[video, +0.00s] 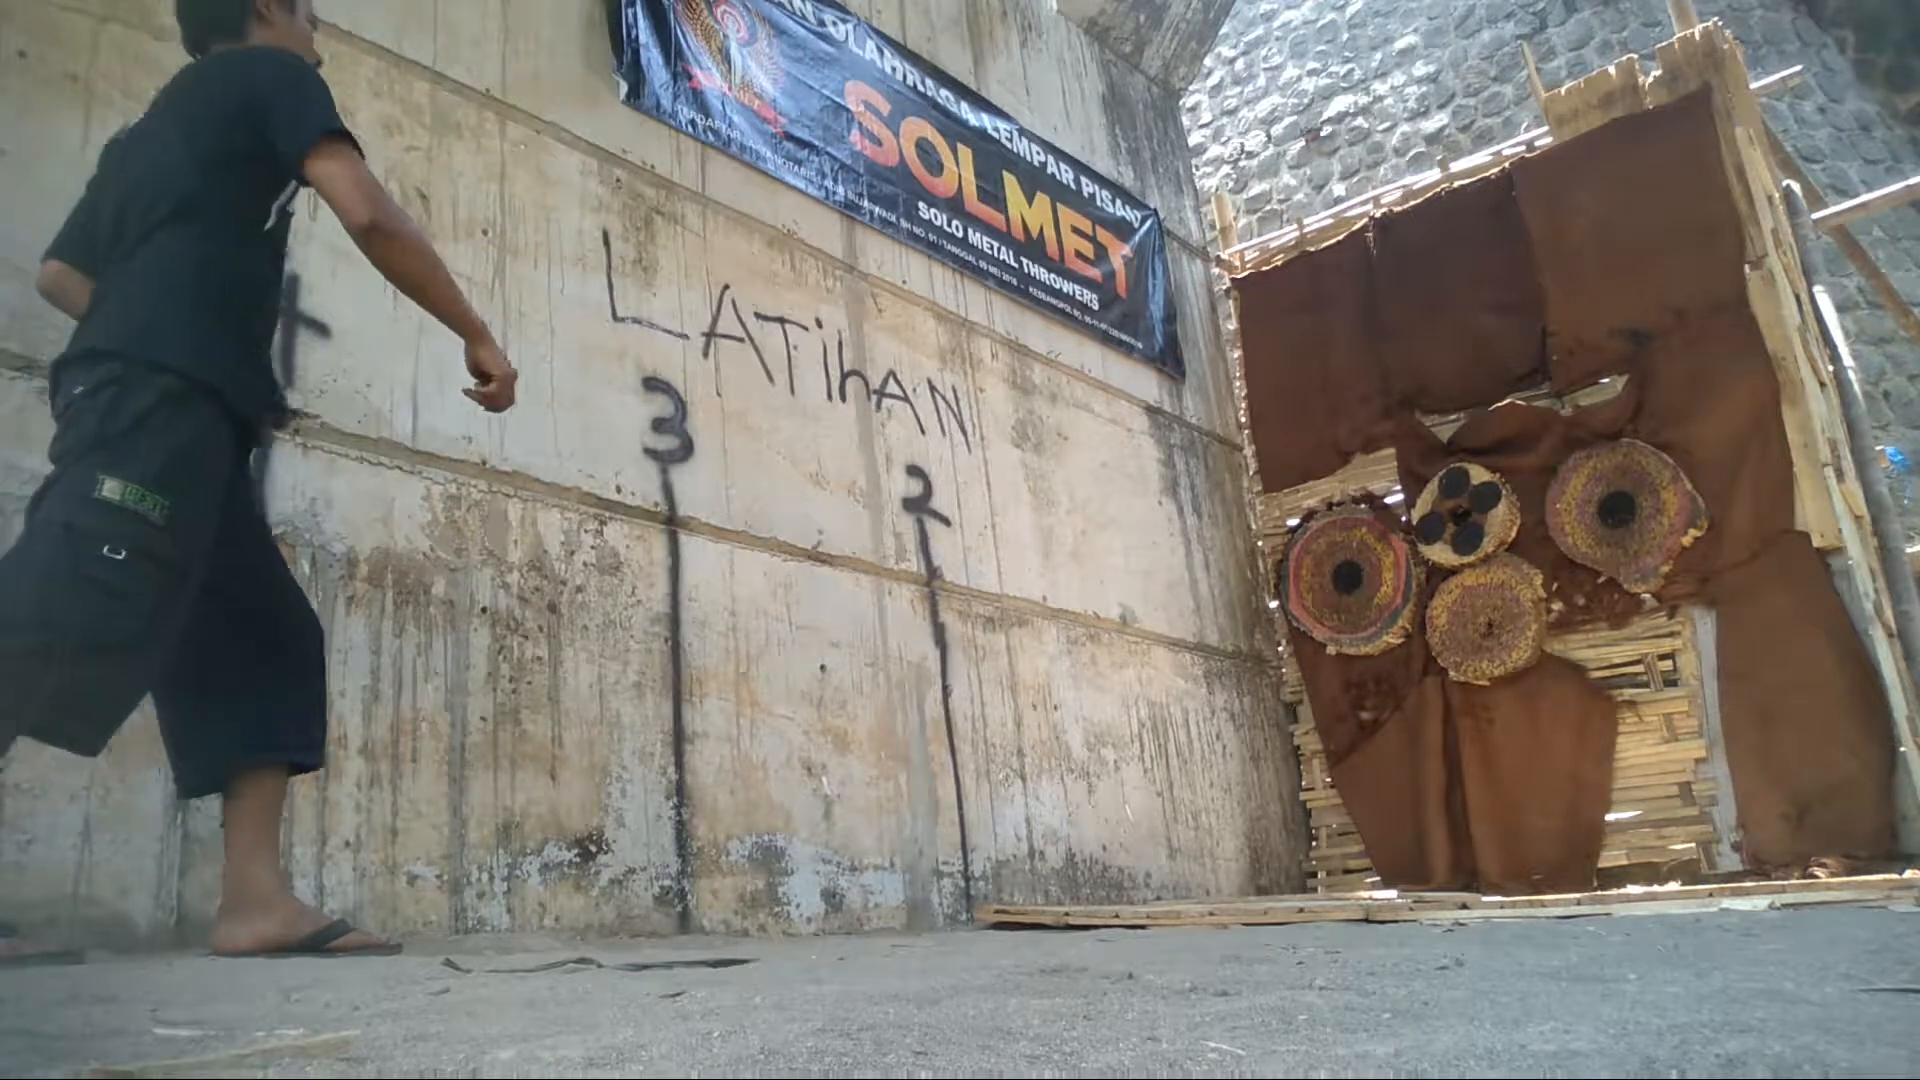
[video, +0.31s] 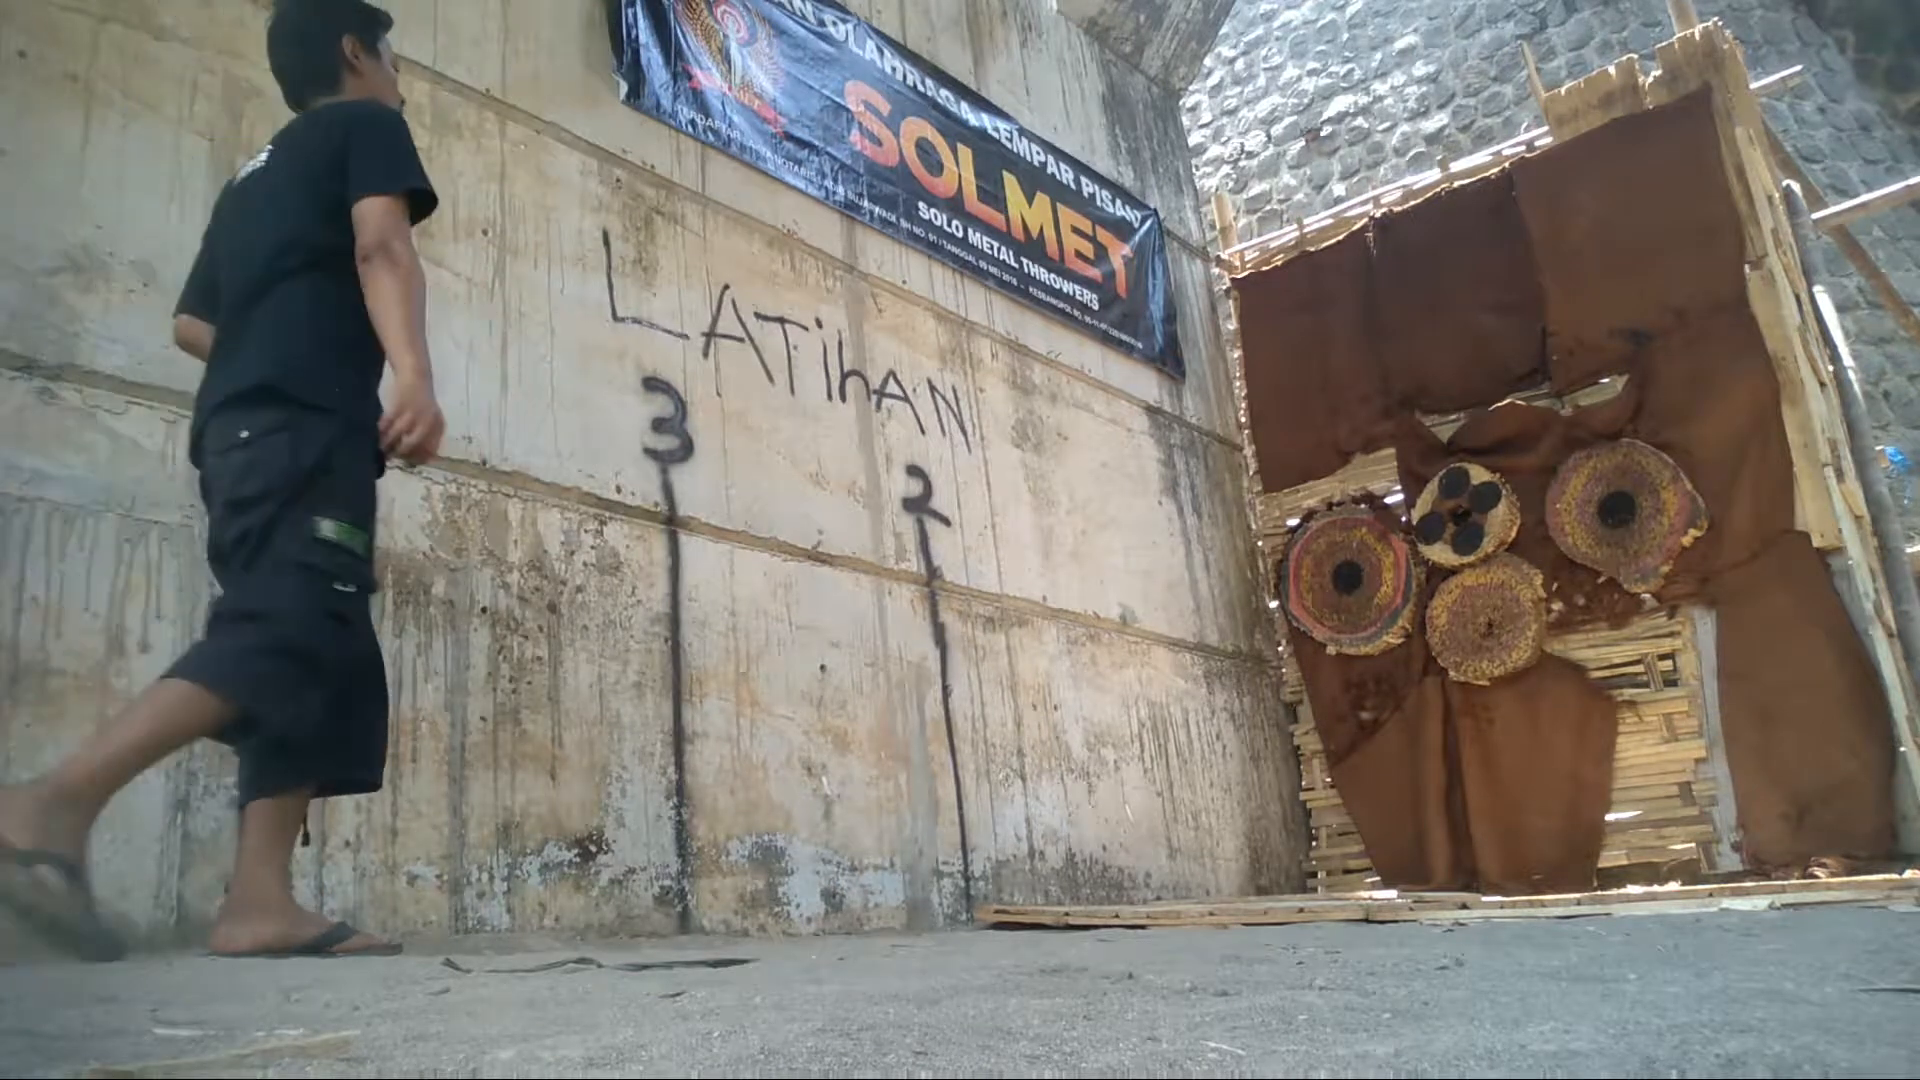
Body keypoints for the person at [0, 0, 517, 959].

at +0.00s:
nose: (316, 35)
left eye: (313, 19)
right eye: (306, 17)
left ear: (215, 29)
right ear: (263, 14)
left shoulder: (143, 133)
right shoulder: (278, 75)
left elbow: (61, 272)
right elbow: (366, 214)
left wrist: (184, 345)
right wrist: (476, 331)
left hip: (139, 402)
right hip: (161, 398)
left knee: (271, 638)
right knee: (41, 635)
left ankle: (255, 901)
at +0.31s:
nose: (395, 74)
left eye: (390, 55)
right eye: (387, 54)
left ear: (304, 68)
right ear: (351, 53)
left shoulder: (251, 178)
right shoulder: (365, 121)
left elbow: (194, 323)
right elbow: (381, 245)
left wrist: (307, 368)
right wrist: (413, 372)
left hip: (243, 422)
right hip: (300, 420)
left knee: (315, 650)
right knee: (287, 634)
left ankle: (260, 905)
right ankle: (56, 806)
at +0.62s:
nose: (533, 145)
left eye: (530, 129)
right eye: (526, 127)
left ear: (446, 138)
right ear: (496, 124)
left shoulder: (411, 226)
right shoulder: (496, 182)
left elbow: (401, 364)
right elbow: (450, 279)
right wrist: (441, 412)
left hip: (387, 485)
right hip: (477, 475)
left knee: (339, 676)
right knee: (580, 658)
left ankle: (256, 897)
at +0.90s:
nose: (668, 192)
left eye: (662, 176)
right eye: (660, 176)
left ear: (583, 190)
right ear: (636, 177)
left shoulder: (548, 282)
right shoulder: (642, 248)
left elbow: (546, 424)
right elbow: (655, 371)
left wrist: (542, 529)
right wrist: (692, 496)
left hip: (556, 544)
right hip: (637, 528)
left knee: (532, 721)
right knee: (708, 700)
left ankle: (390, 826)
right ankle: (701, 909)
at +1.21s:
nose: (810, 245)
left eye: (804, 231)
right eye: (804, 231)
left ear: (733, 246)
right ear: (784, 234)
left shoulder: (692, 337)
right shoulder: (800, 300)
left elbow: (647, 456)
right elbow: (869, 407)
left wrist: (616, 555)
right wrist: (953, 493)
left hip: (714, 546)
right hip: (778, 534)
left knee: (818, 701)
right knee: (755, 704)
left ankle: (883, 888)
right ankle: (698, 910)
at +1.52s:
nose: (910, 295)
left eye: (904, 283)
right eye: (905, 282)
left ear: (838, 305)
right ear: (889, 288)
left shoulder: (814, 387)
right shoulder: (916, 347)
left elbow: (804, 503)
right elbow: (954, 453)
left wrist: (793, 599)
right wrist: (1002, 555)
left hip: (853, 591)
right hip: (918, 576)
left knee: (915, 735)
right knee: (951, 717)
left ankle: (957, 899)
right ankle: (839, 802)